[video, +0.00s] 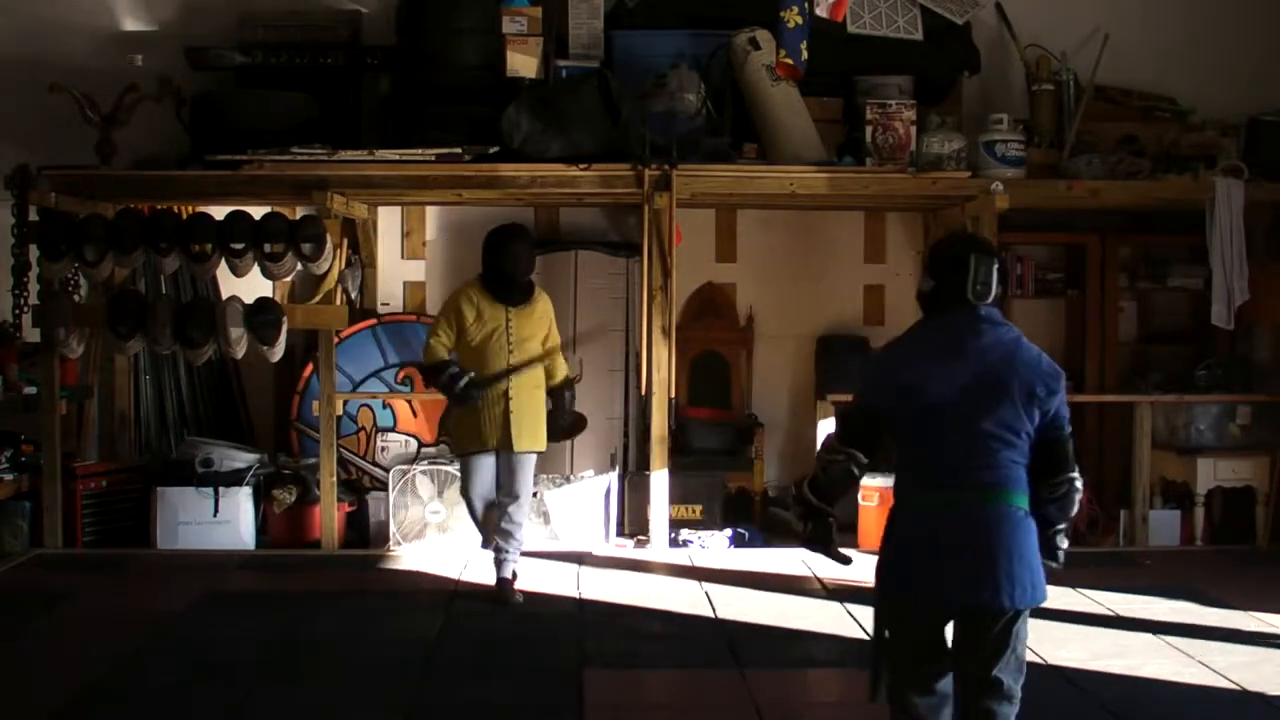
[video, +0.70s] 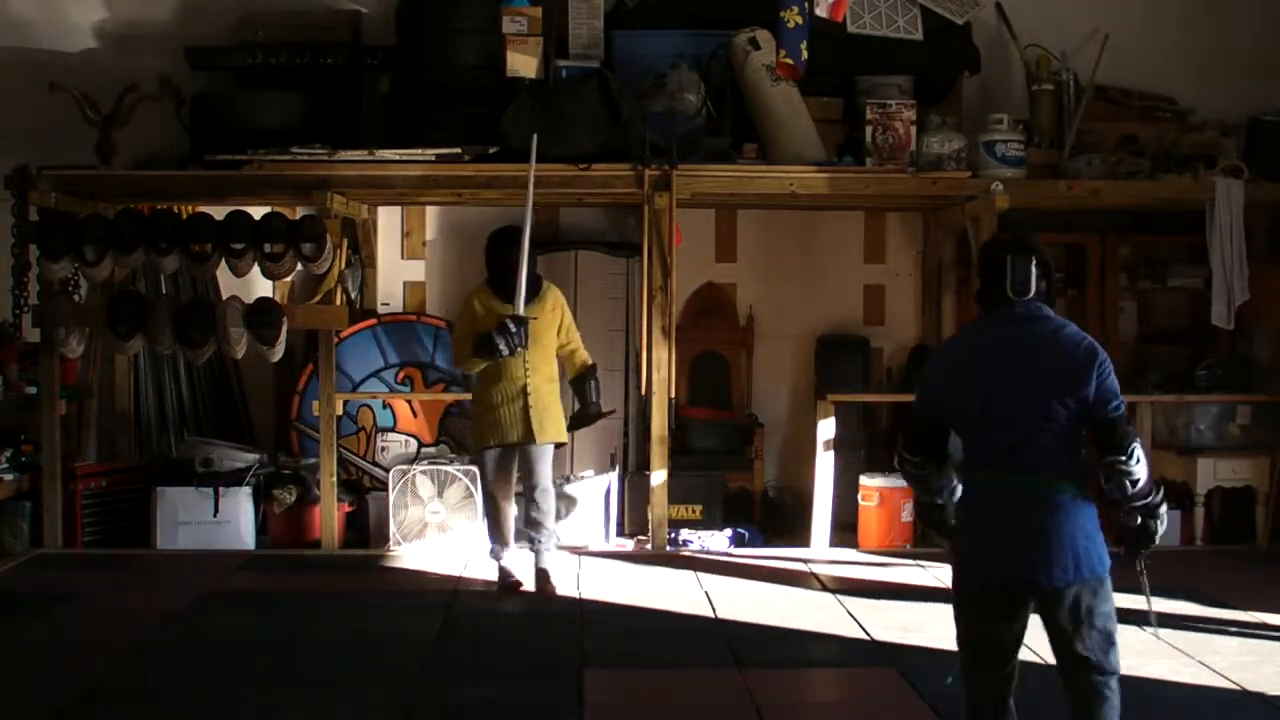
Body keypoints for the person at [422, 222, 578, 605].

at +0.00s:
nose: (527, 268)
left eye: (529, 260)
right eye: (517, 260)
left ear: (533, 262)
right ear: (495, 261)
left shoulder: (540, 303)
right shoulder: (466, 300)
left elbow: (553, 355)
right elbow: (433, 351)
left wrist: (563, 401)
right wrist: (454, 379)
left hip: (525, 419)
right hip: (478, 417)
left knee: (517, 496)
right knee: (478, 494)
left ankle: (507, 572)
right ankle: (498, 545)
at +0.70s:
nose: (517, 269)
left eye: (524, 259)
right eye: (509, 260)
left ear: (534, 259)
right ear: (493, 262)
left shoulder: (552, 298)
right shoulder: (479, 302)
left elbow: (571, 348)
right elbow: (462, 359)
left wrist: (587, 392)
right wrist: (490, 344)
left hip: (542, 412)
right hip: (496, 414)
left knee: (541, 488)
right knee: (498, 491)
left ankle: (543, 567)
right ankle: (503, 565)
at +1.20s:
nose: (570, 270)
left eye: (574, 262)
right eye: (560, 262)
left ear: (580, 263)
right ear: (543, 265)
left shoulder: (592, 300)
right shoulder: (523, 302)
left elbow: (609, 353)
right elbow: (506, 362)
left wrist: (623, 393)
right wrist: (544, 345)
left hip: (588, 417)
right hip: (542, 420)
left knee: (587, 499)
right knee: (526, 498)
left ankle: (586, 570)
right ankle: (511, 566)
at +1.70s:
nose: (609, 265)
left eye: (609, 256)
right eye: (600, 258)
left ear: (613, 259)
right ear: (577, 262)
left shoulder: (622, 302)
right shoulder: (557, 303)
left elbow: (636, 355)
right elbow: (536, 360)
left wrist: (646, 380)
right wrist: (575, 342)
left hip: (618, 416)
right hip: (578, 417)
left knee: (605, 498)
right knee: (580, 495)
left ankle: (587, 571)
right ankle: (567, 576)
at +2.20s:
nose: (622, 267)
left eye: (623, 259)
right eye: (613, 259)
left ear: (623, 263)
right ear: (590, 263)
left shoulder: (628, 305)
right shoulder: (563, 308)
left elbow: (637, 360)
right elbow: (541, 369)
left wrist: (645, 392)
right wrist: (575, 397)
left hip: (619, 430)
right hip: (582, 431)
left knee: (605, 507)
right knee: (591, 509)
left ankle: (589, 577)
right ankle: (593, 585)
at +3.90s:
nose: (617, 270)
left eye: (617, 261)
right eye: (608, 262)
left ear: (616, 265)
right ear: (587, 265)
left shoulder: (616, 309)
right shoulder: (561, 309)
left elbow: (630, 375)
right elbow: (564, 373)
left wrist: (629, 346)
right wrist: (605, 348)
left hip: (607, 421)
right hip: (575, 421)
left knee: (577, 499)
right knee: (592, 501)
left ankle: (554, 576)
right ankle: (595, 586)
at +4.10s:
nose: (618, 270)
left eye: (619, 261)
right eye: (610, 261)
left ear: (617, 263)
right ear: (589, 263)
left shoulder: (616, 306)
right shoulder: (564, 305)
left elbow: (634, 365)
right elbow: (567, 370)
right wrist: (610, 339)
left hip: (607, 419)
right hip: (576, 420)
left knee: (587, 501)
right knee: (591, 504)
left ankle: (561, 575)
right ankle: (594, 585)